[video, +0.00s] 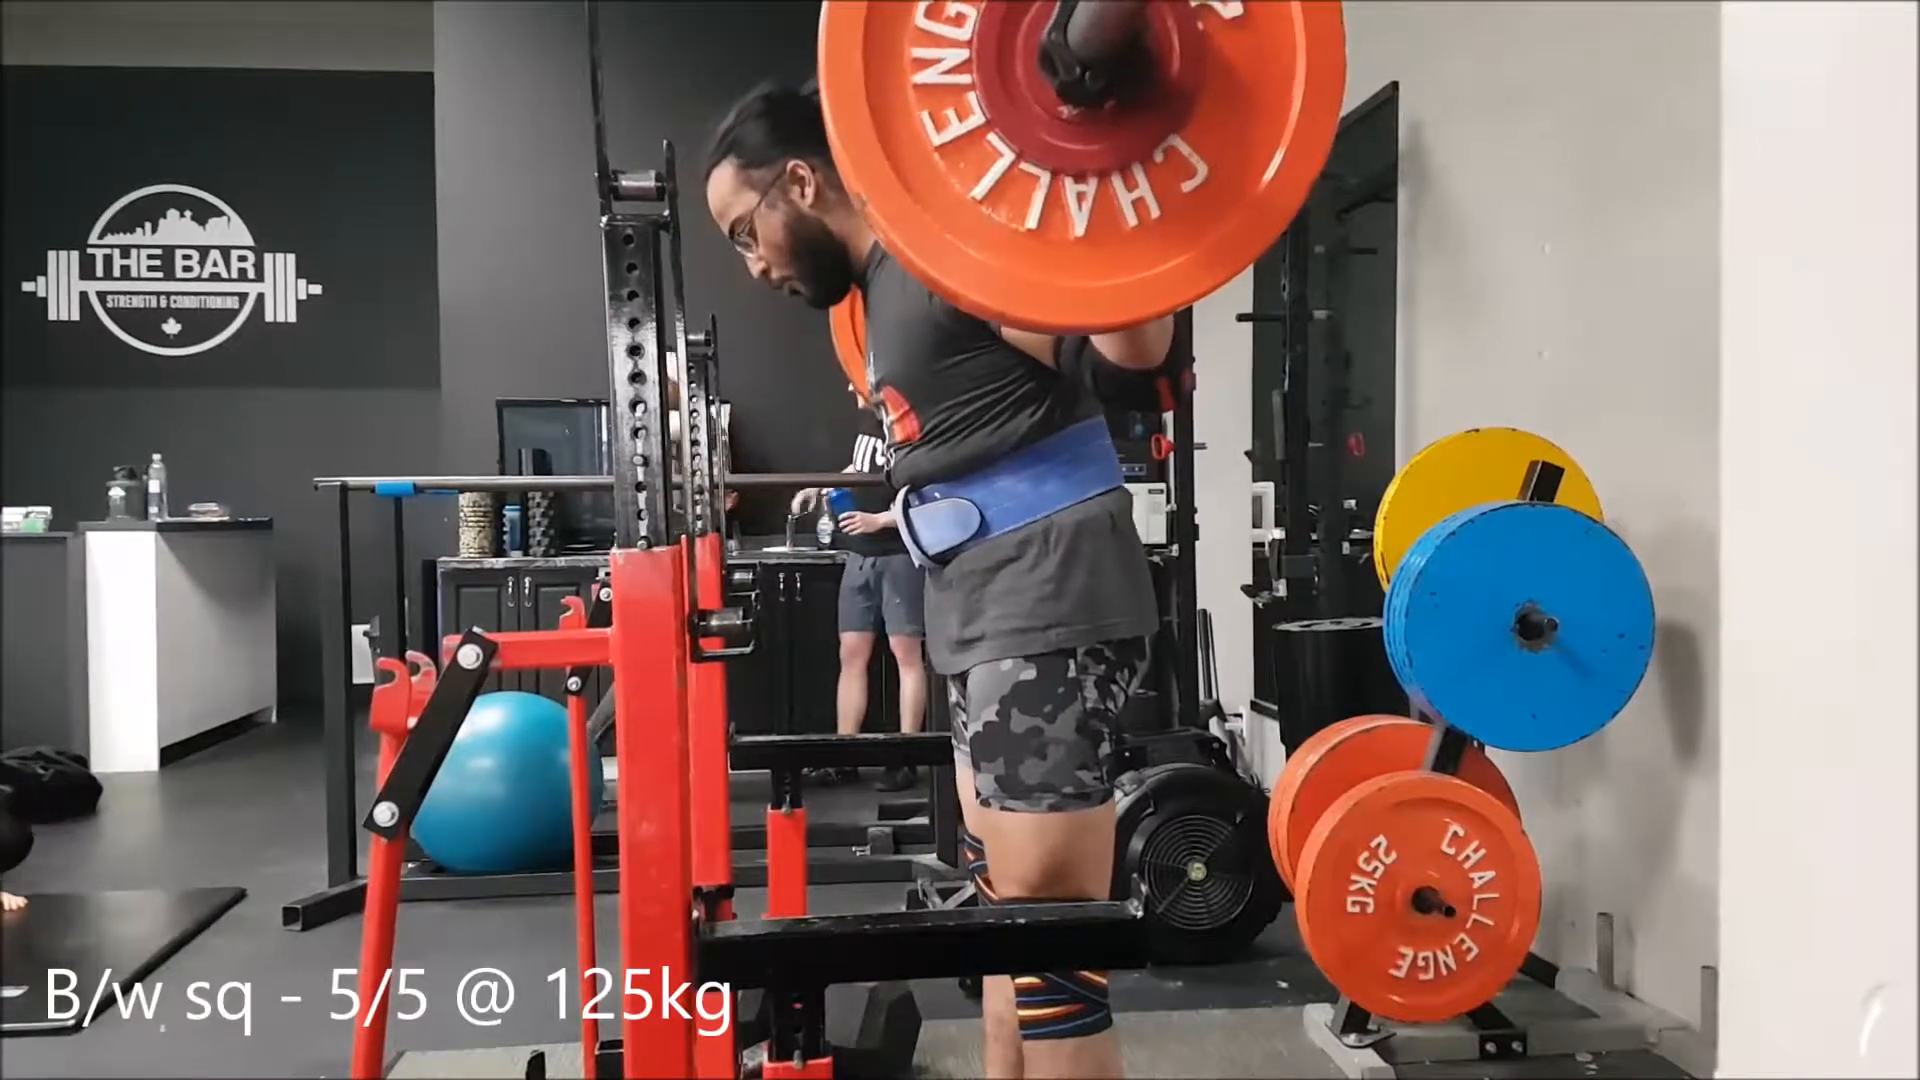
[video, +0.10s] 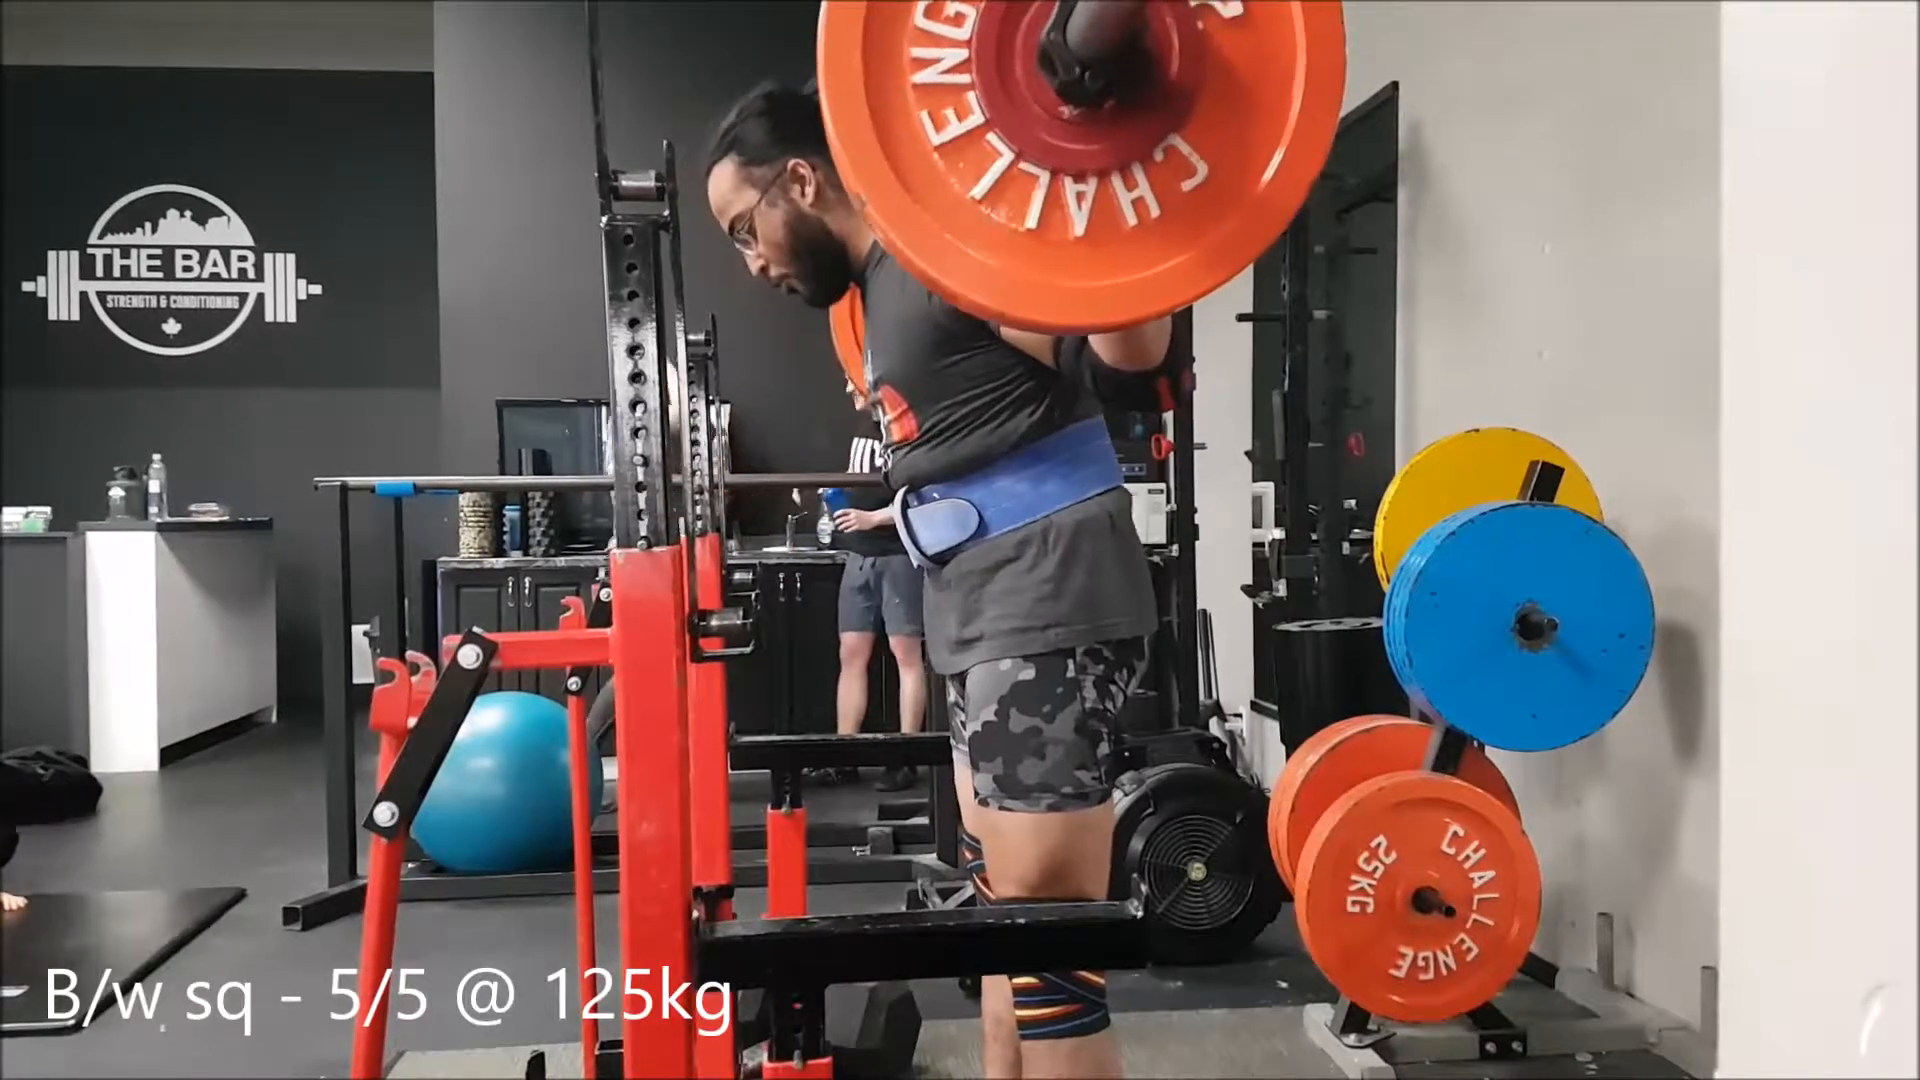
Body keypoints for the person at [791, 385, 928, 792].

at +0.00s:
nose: (852, 386)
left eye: (861, 377)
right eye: (853, 377)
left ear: (887, 385)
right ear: (867, 391)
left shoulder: (918, 434)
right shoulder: (869, 430)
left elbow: (926, 500)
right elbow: (852, 477)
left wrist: (881, 519)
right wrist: (819, 489)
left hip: (901, 555)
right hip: (860, 553)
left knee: (906, 652)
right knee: (852, 651)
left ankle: (906, 757)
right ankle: (843, 754)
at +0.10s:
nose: (851, 389)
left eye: (858, 380)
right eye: (851, 381)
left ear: (883, 385)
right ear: (861, 391)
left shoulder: (913, 435)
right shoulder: (863, 434)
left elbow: (922, 501)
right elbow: (858, 489)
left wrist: (873, 517)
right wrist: (833, 504)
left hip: (900, 554)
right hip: (859, 552)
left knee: (906, 653)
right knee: (852, 652)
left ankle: (906, 757)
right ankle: (843, 754)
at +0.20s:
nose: (845, 393)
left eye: (850, 384)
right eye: (842, 386)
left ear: (874, 384)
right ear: (848, 390)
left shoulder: (909, 436)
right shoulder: (855, 440)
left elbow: (923, 499)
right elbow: (841, 488)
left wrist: (873, 517)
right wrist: (810, 498)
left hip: (899, 556)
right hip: (857, 558)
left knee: (907, 653)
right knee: (851, 653)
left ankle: (907, 755)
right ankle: (843, 754)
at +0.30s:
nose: (837, 394)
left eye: (843, 385)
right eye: (833, 387)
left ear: (868, 386)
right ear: (836, 392)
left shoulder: (901, 432)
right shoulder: (842, 437)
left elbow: (921, 498)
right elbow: (824, 484)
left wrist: (872, 521)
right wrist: (803, 524)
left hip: (899, 556)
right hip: (857, 558)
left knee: (906, 652)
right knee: (850, 652)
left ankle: (907, 756)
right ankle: (844, 755)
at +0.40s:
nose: (824, 395)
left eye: (830, 386)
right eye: (821, 387)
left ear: (856, 384)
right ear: (825, 391)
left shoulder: (895, 432)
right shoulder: (834, 437)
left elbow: (919, 496)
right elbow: (818, 494)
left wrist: (873, 524)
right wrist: (815, 543)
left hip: (898, 560)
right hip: (852, 562)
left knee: (905, 653)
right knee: (849, 652)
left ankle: (907, 754)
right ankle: (845, 753)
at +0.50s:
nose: (811, 392)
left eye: (818, 383)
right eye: (807, 386)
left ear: (846, 380)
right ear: (811, 389)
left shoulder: (888, 427)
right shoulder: (823, 434)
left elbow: (915, 490)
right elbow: (819, 499)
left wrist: (872, 523)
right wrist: (827, 552)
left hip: (890, 556)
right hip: (844, 559)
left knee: (899, 652)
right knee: (846, 652)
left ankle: (905, 756)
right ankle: (845, 755)